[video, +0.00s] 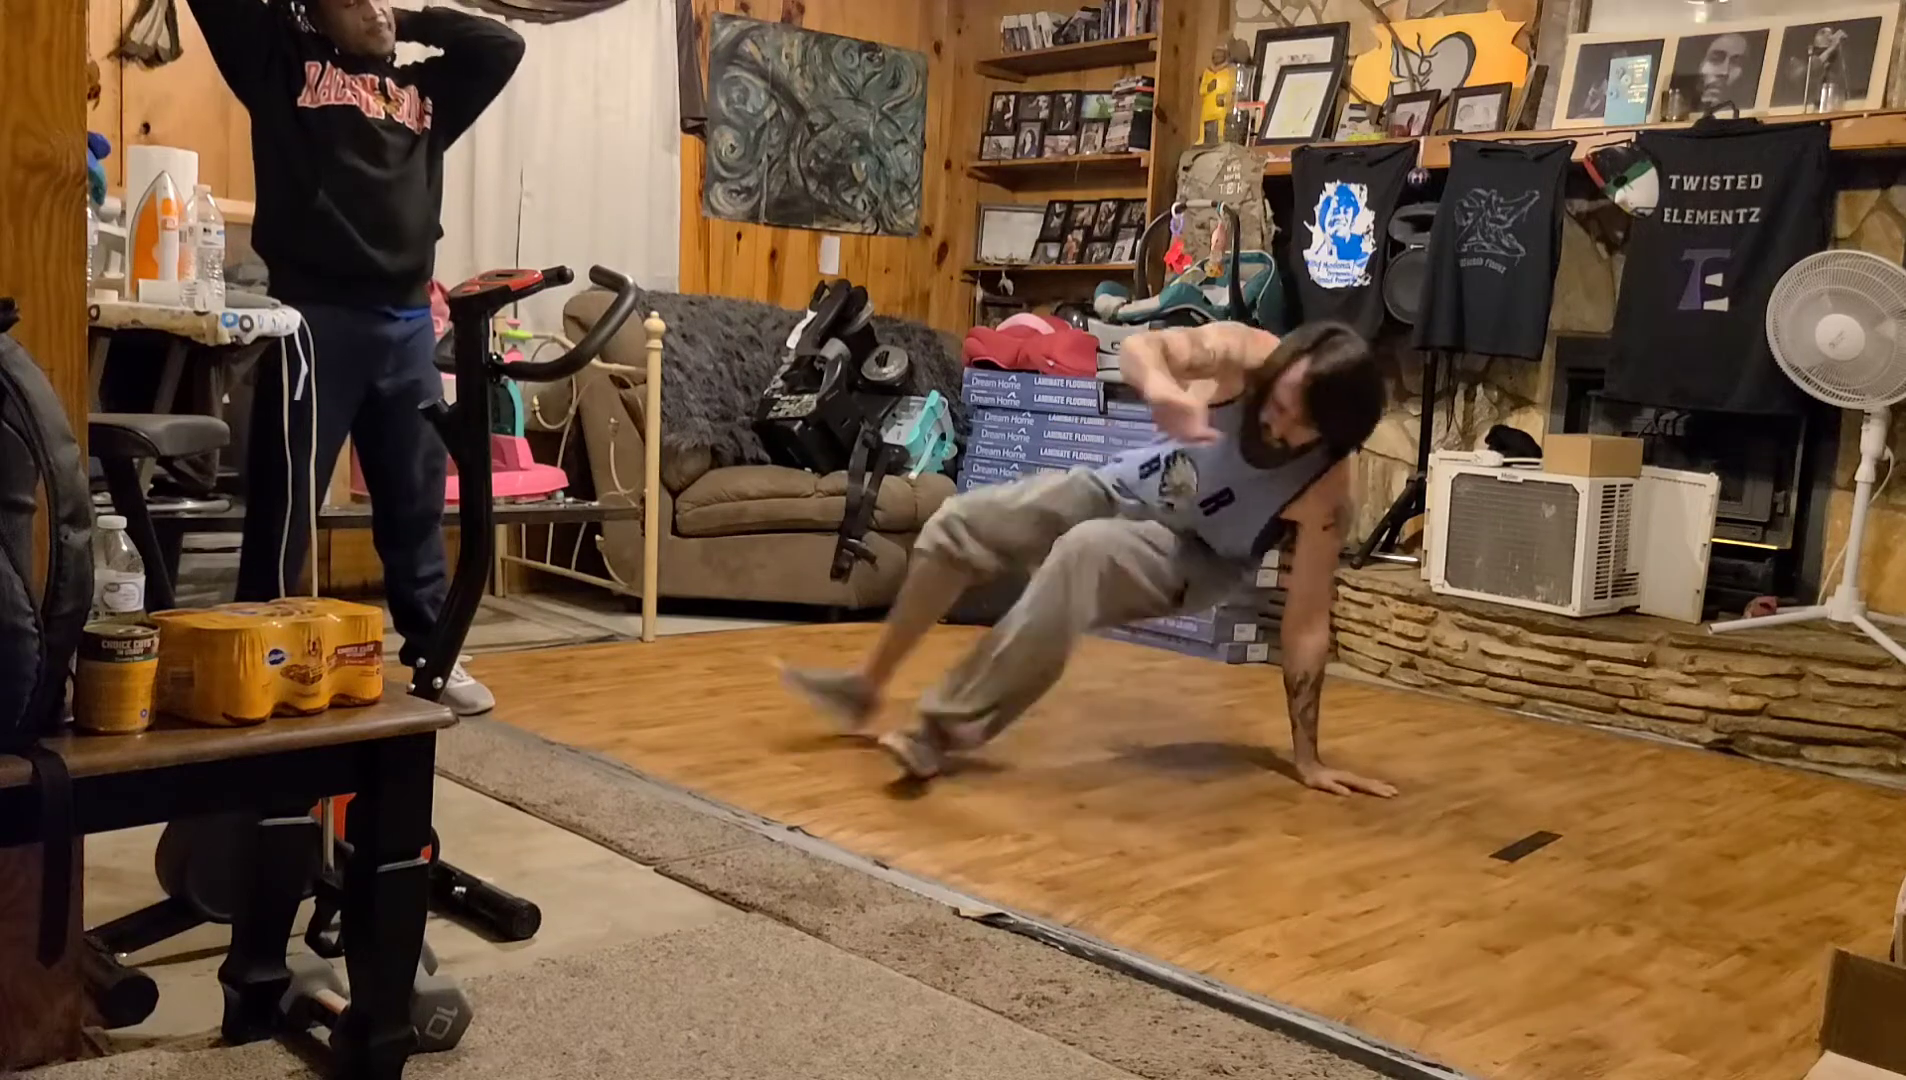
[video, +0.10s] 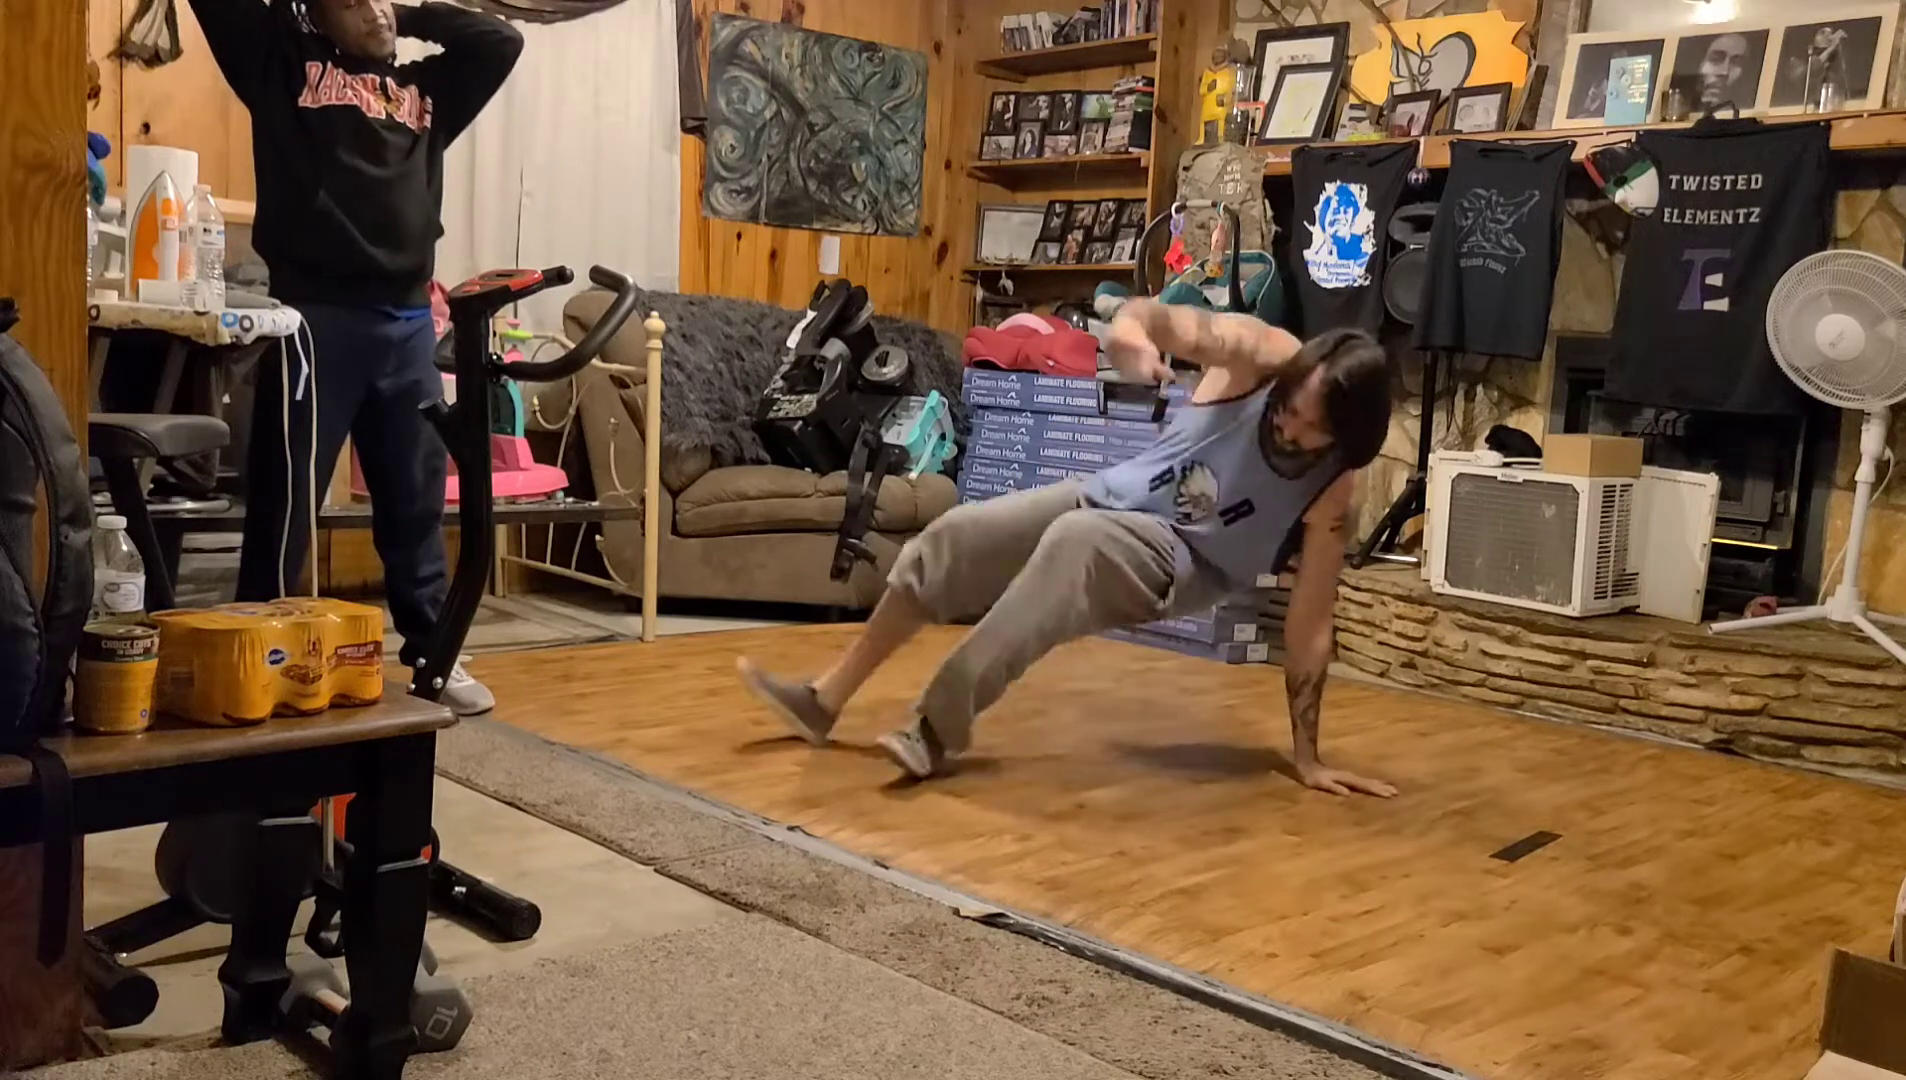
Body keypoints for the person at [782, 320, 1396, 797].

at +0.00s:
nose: (1277, 417)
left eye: (1298, 420)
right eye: (1280, 397)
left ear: (1329, 430)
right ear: (1282, 361)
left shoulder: (1323, 486)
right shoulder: (1248, 350)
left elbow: (1309, 624)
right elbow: (1141, 347)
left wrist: (1309, 760)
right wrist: (1170, 392)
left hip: (1196, 555)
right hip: (1138, 488)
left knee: (1085, 553)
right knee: (966, 522)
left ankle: (940, 737)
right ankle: (866, 690)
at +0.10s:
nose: (1292, 431)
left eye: (1313, 432)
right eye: (1291, 409)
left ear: (1346, 434)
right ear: (1299, 371)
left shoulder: (1333, 484)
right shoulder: (1256, 347)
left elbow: (1313, 621)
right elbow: (1140, 317)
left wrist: (1308, 758)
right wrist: (1138, 345)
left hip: (1183, 558)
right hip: (1113, 496)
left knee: (1076, 543)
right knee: (953, 537)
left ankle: (935, 730)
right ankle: (827, 697)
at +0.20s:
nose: (1284, 420)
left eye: (1308, 420)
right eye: (1286, 398)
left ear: (1349, 426)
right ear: (1291, 365)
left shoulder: (1330, 500)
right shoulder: (1252, 341)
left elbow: (1309, 624)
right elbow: (1139, 293)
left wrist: (1310, 755)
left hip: (1189, 561)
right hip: (1130, 503)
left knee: (1070, 505)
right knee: (954, 500)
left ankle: (977, 725)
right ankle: (885, 686)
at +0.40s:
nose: (1160, 421)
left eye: (1180, 411)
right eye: (1153, 401)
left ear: (1228, 417)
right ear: (1147, 385)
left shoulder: (1260, 490)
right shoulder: (1107, 402)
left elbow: (1281, 632)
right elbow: (1032, 490)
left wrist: (1317, 757)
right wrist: (942, 589)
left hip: (1202, 610)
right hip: (1109, 576)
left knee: (1083, 566)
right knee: (992, 544)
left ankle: (1149, 734)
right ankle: (1086, 717)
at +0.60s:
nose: (1034, 393)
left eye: (1045, 373)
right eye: (1017, 381)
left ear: (1077, 355)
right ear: (1008, 386)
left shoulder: (1140, 368)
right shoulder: (1029, 455)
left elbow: (1238, 371)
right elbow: (1055, 598)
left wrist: (1257, 383)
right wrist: (1055, 717)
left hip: (1211, 592)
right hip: (1112, 601)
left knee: (1122, 550)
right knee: (1016, 510)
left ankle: (1170, 727)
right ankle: (1101, 723)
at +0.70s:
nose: (1028, 376)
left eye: (1038, 356)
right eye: (1012, 365)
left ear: (1065, 338)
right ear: (997, 369)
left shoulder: (1116, 340)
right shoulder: (1028, 452)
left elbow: (1198, 287)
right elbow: (1063, 595)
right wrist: (1058, 727)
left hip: (1219, 566)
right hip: (1117, 580)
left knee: (1134, 515)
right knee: (1017, 524)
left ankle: (1188, 769)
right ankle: (1055, 761)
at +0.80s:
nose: (1022, 379)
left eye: (1031, 358)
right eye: (1005, 369)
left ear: (1057, 342)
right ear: (992, 374)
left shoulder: (1110, 339)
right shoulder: (1025, 456)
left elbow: (1200, 293)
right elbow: (1050, 585)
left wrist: (1272, 229)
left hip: (1224, 549)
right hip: (1126, 570)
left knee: (1142, 511)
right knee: (1025, 514)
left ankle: (1168, 775)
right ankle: (1051, 758)